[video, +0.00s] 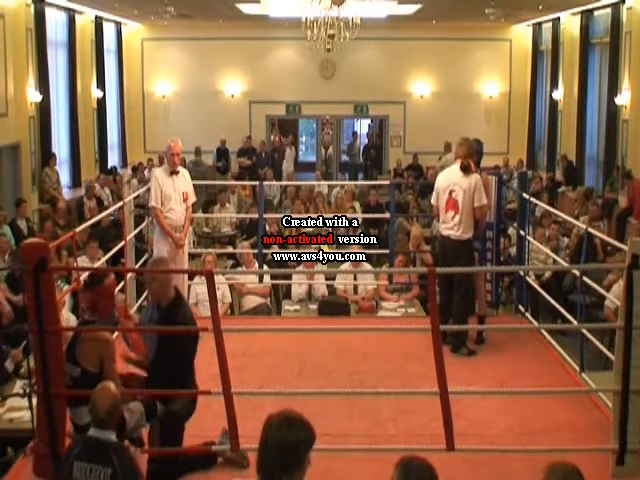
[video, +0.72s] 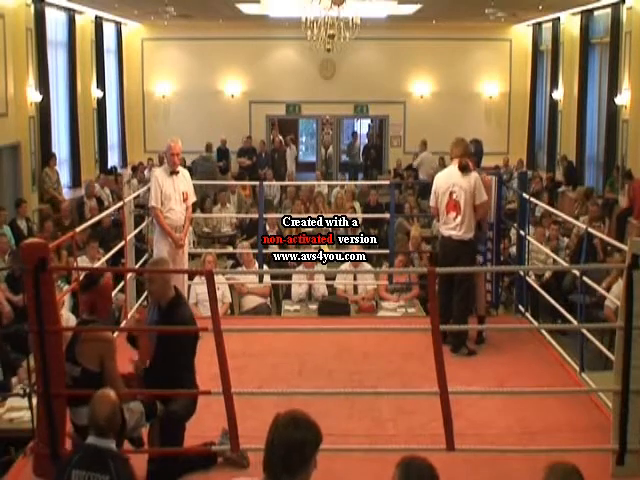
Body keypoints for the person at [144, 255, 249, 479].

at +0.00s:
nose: (148, 287)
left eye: (153, 280)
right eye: (147, 280)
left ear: (168, 281)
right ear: (150, 280)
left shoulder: (180, 320)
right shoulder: (160, 309)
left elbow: (170, 374)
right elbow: (157, 361)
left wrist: (146, 404)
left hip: (177, 396)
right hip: (162, 390)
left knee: (160, 470)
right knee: (160, 467)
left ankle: (216, 452)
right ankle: (215, 448)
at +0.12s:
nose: (148, 285)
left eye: (153, 278)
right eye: (148, 278)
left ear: (167, 280)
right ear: (150, 279)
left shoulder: (180, 318)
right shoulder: (159, 308)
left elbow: (172, 372)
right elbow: (152, 357)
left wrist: (147, 406)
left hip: (176, 397)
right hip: (161, 391)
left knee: (161, 469)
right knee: (158, 467)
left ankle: (216, 451)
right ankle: (215, 449)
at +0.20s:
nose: (149, 284)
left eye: (154, 278)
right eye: (148, 278)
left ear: (169, 279)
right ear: (151, 278)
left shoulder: (179, 318)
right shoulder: (160, 308)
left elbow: (169, 373)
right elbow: (148, 360)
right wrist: (135, 335)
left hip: (176, 396)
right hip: (162, 391)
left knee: (161, 469)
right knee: (158, 467)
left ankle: (217, 451)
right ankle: (215, 449)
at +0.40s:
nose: (149, 284)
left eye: (155, 278)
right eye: (149, 277)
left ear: (170, 278)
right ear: (148, 278)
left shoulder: (181, 319)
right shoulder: (159, 307)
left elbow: (165, 372)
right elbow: (146, 356)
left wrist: (140, 334)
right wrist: (134, 333)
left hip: (177, 396)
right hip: (160, 389)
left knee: (160, 470)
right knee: (161, 467)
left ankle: (217, 451)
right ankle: (215, 449)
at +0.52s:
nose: (149, 286)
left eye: (154, 280)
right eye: (147, 280)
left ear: (169, 280)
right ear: (148, 279)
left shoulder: (180, 318)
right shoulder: (158, 307)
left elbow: (171, 372)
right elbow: (141, 347)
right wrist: (133, 334)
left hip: (178, 396)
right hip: (161, 390)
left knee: (161, 470)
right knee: (159, 467)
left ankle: (217, 452)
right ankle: (215, 449)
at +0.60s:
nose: (149, 287)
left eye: (154, 281)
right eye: (148, 280)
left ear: (169, 280)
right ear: (146, 280)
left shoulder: (181, 319)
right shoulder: (158, 307)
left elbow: (170, 374)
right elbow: (143, 349)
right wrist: (132, 335)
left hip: (178, 396)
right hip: (160, 391)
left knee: (161, 469)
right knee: (159, 467)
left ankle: (217, 452)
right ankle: (215, 450)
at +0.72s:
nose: (149, 286)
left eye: (153, 280)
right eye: (147, 280)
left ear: (169, 280)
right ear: (146, 280)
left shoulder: (181, 319)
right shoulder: (158, 307)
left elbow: (169, 372)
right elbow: (149, 350)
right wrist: (133, 334)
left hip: (179, 395)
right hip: (160, 390)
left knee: (161, 469)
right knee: (159, 467)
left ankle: (217, 452)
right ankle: (215, 450)